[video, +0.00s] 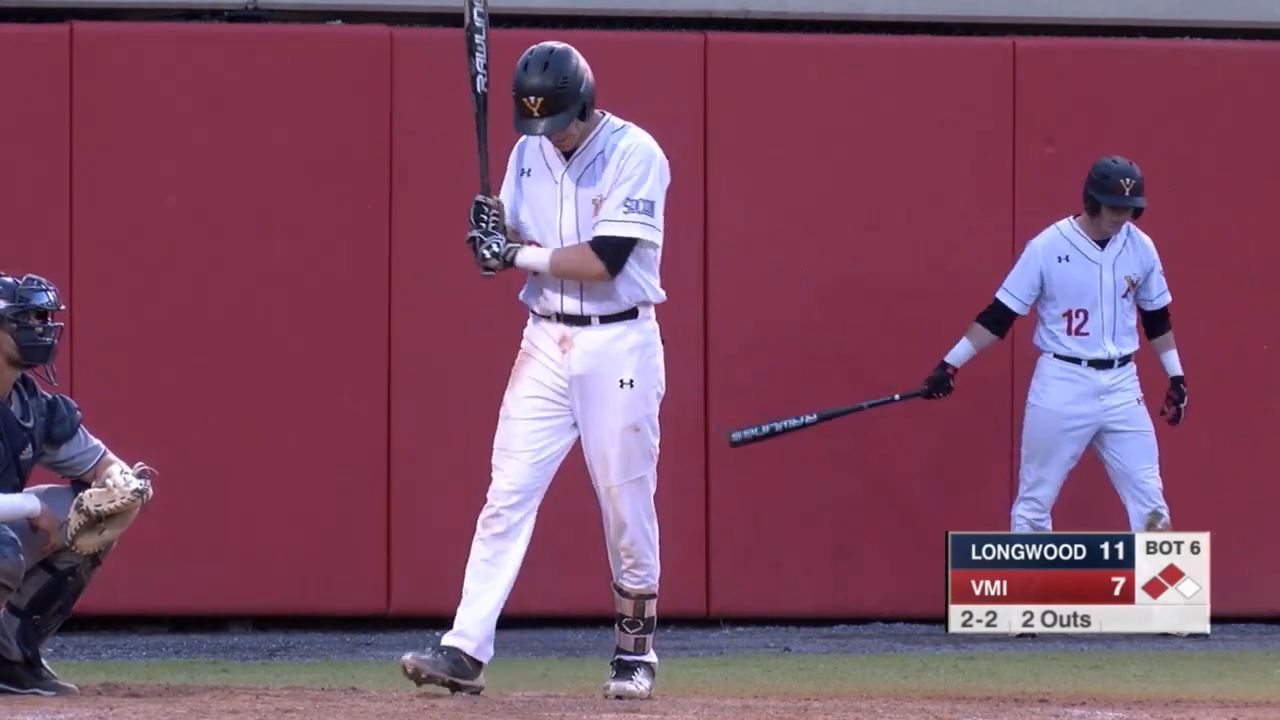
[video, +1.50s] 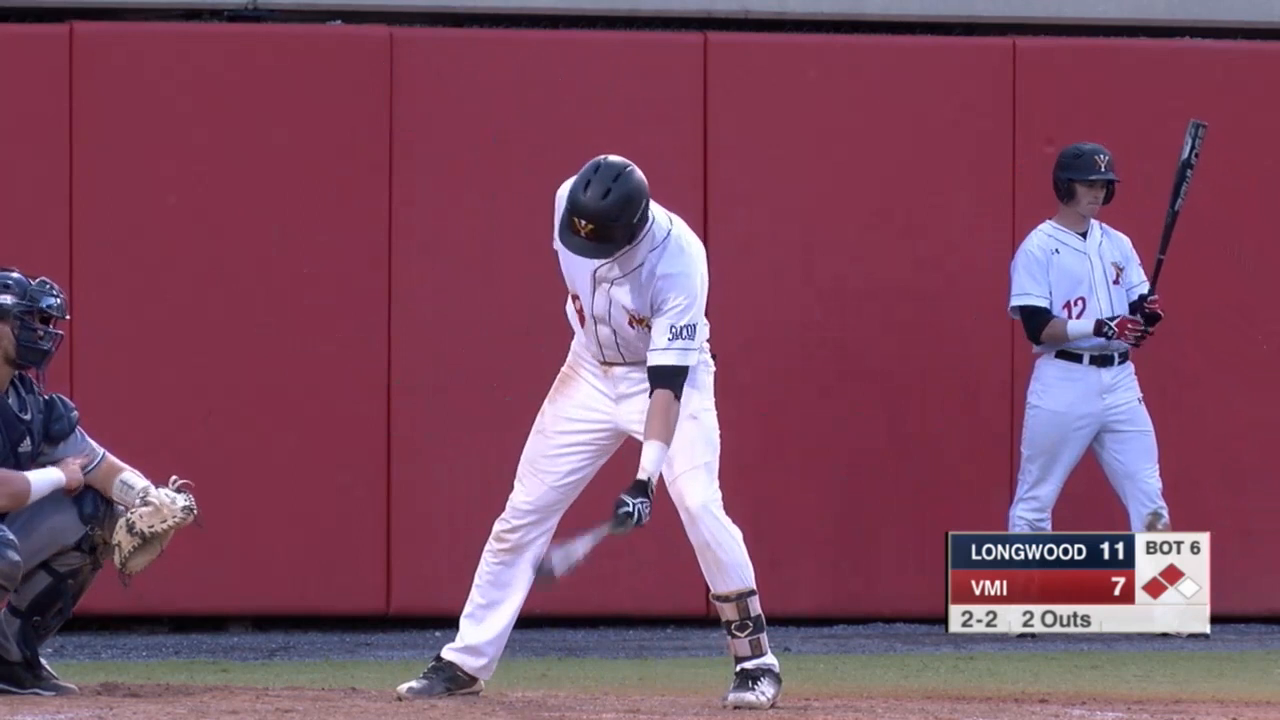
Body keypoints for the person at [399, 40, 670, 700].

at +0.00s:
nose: (545, 131)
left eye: (554, 118)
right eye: (536, 119)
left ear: (583, 102)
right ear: (527, 107)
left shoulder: (635, 152)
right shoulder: (528, 150)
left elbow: (604, 262)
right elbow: (513, 238)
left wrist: (516, 252)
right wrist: (492, 235)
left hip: (617, 346)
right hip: (544, 343)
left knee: (624, 499)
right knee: (507, 496)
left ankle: (634, 651)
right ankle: (465, 650)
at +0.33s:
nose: (457, 141)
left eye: (462, 126)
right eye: (446, 131)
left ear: (488, 107)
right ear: (438, 121)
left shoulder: (556, 139)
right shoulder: (443, 177)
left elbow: (574, 245)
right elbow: (450, 281)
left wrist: (489, 284)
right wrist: (453, 294)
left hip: (577, 347)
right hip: (500, 351)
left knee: (599, 496)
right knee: (471, 503)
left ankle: (633, 647)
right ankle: (460, 662)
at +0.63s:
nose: (417, 145)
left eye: (422, 131)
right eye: (407, 136)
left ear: (448, 109)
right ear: (398, 124)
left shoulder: (526, 137)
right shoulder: (405, 183)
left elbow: (564, 248)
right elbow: (425, 293)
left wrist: (525, 329)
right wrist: (468, 339)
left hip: (565, 330)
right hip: (485, 349)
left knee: (607, 476)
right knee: (462, 504)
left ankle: (659, 632)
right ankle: (460, 661)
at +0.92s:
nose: (464, 160)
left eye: (469, 145)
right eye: (451, 151)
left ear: (492, 123)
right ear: (437, 141)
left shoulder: (561, 156)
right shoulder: (446, 189)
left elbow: (612, 265)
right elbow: (451, 293)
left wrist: (588, 350)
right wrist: (456, 382)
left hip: (602, 338)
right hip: (523, 352)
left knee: (659, 482)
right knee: (478, 509)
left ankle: (734, 645)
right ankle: (461, 660)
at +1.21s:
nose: (543, 212)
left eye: (551, 200)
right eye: (532, 202)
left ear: (580, 176)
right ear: (519, 179)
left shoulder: (639, 207)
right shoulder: (527, 202)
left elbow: (667, 324)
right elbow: (526, 276)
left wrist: (633, 412)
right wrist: (497, 356)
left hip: (660, 374)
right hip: (578, 373)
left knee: (694, 504)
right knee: (513, 510)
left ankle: (755, 661)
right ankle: (462, 664)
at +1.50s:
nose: (591, 251)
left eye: (603, 243)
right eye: (584, 240)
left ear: (636, 225)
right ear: (575, 207)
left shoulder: (678, 257)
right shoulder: (568, 202)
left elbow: (669, 378)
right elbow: (591, 280)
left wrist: (644, 479)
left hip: (668, 379)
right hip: (587, 373)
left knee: (697, 503)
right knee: (522, 512)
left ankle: (754, 662)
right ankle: (462, 664)